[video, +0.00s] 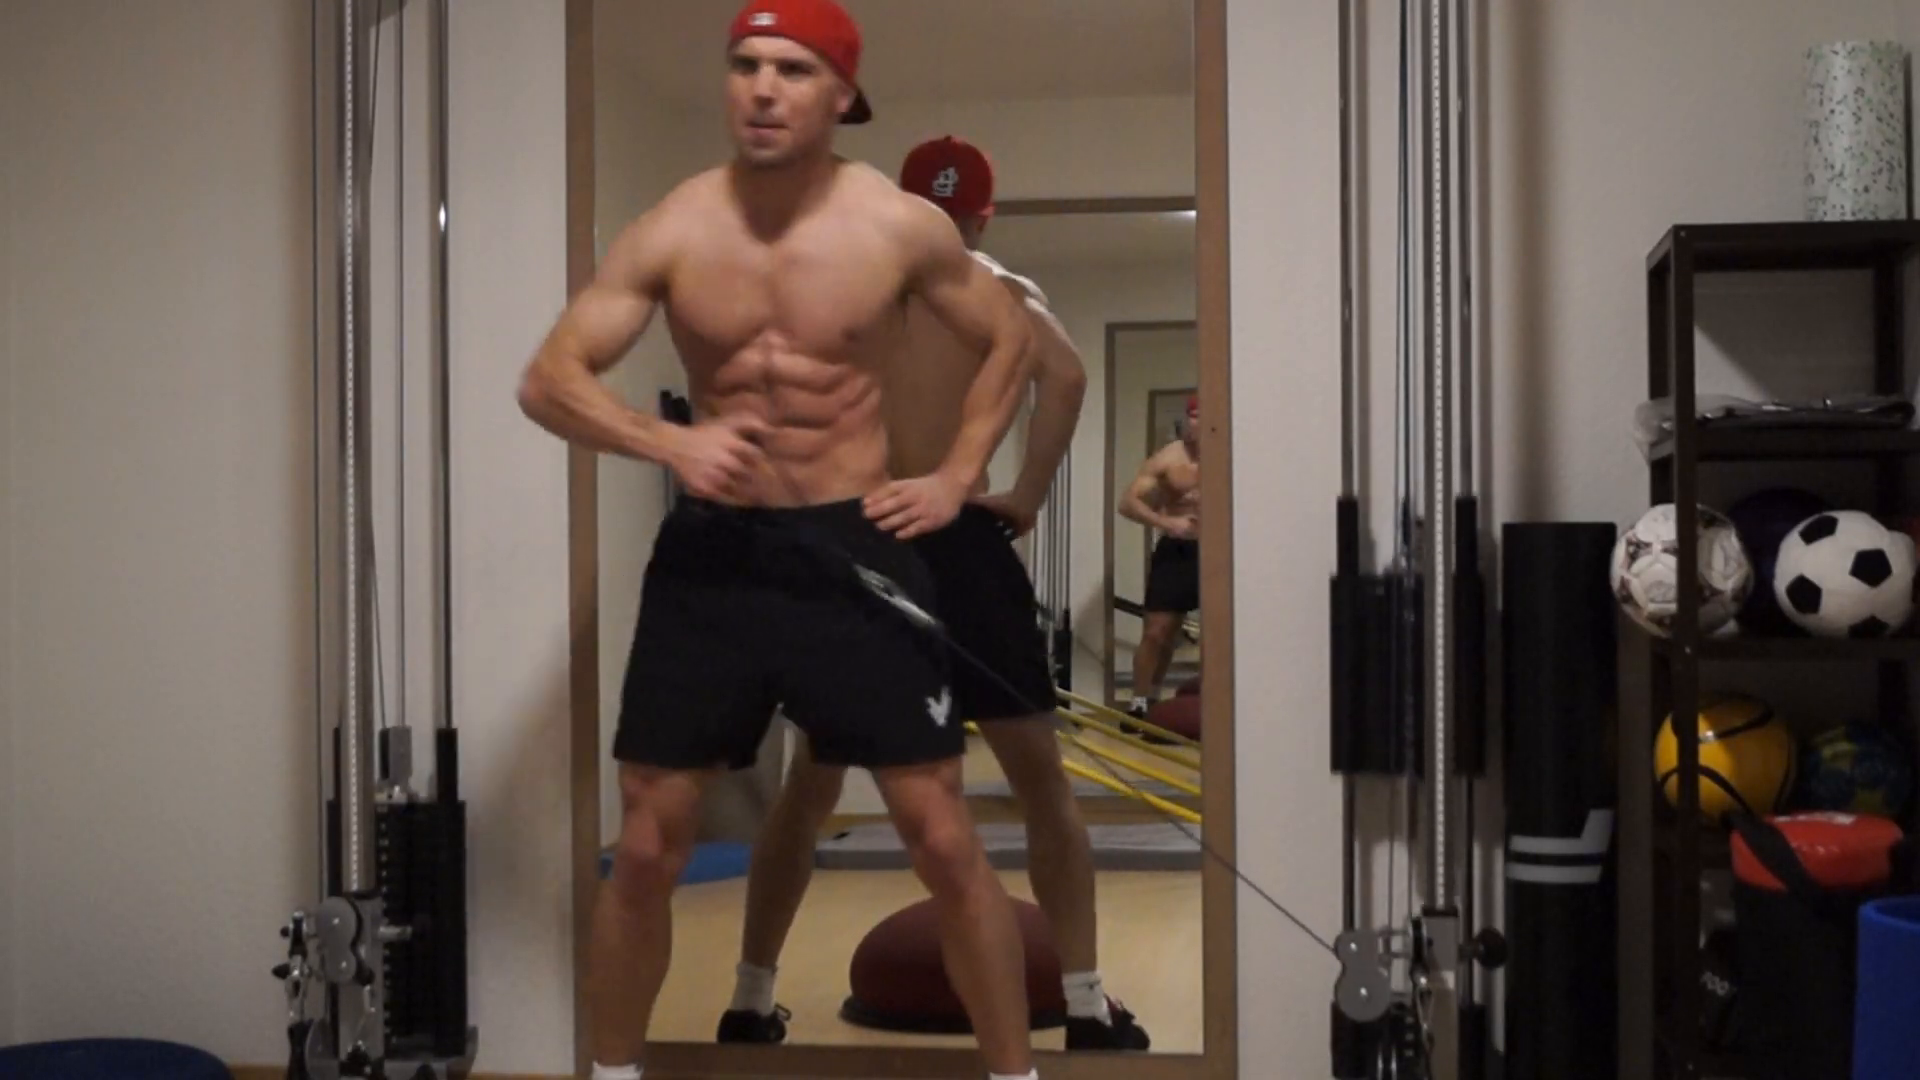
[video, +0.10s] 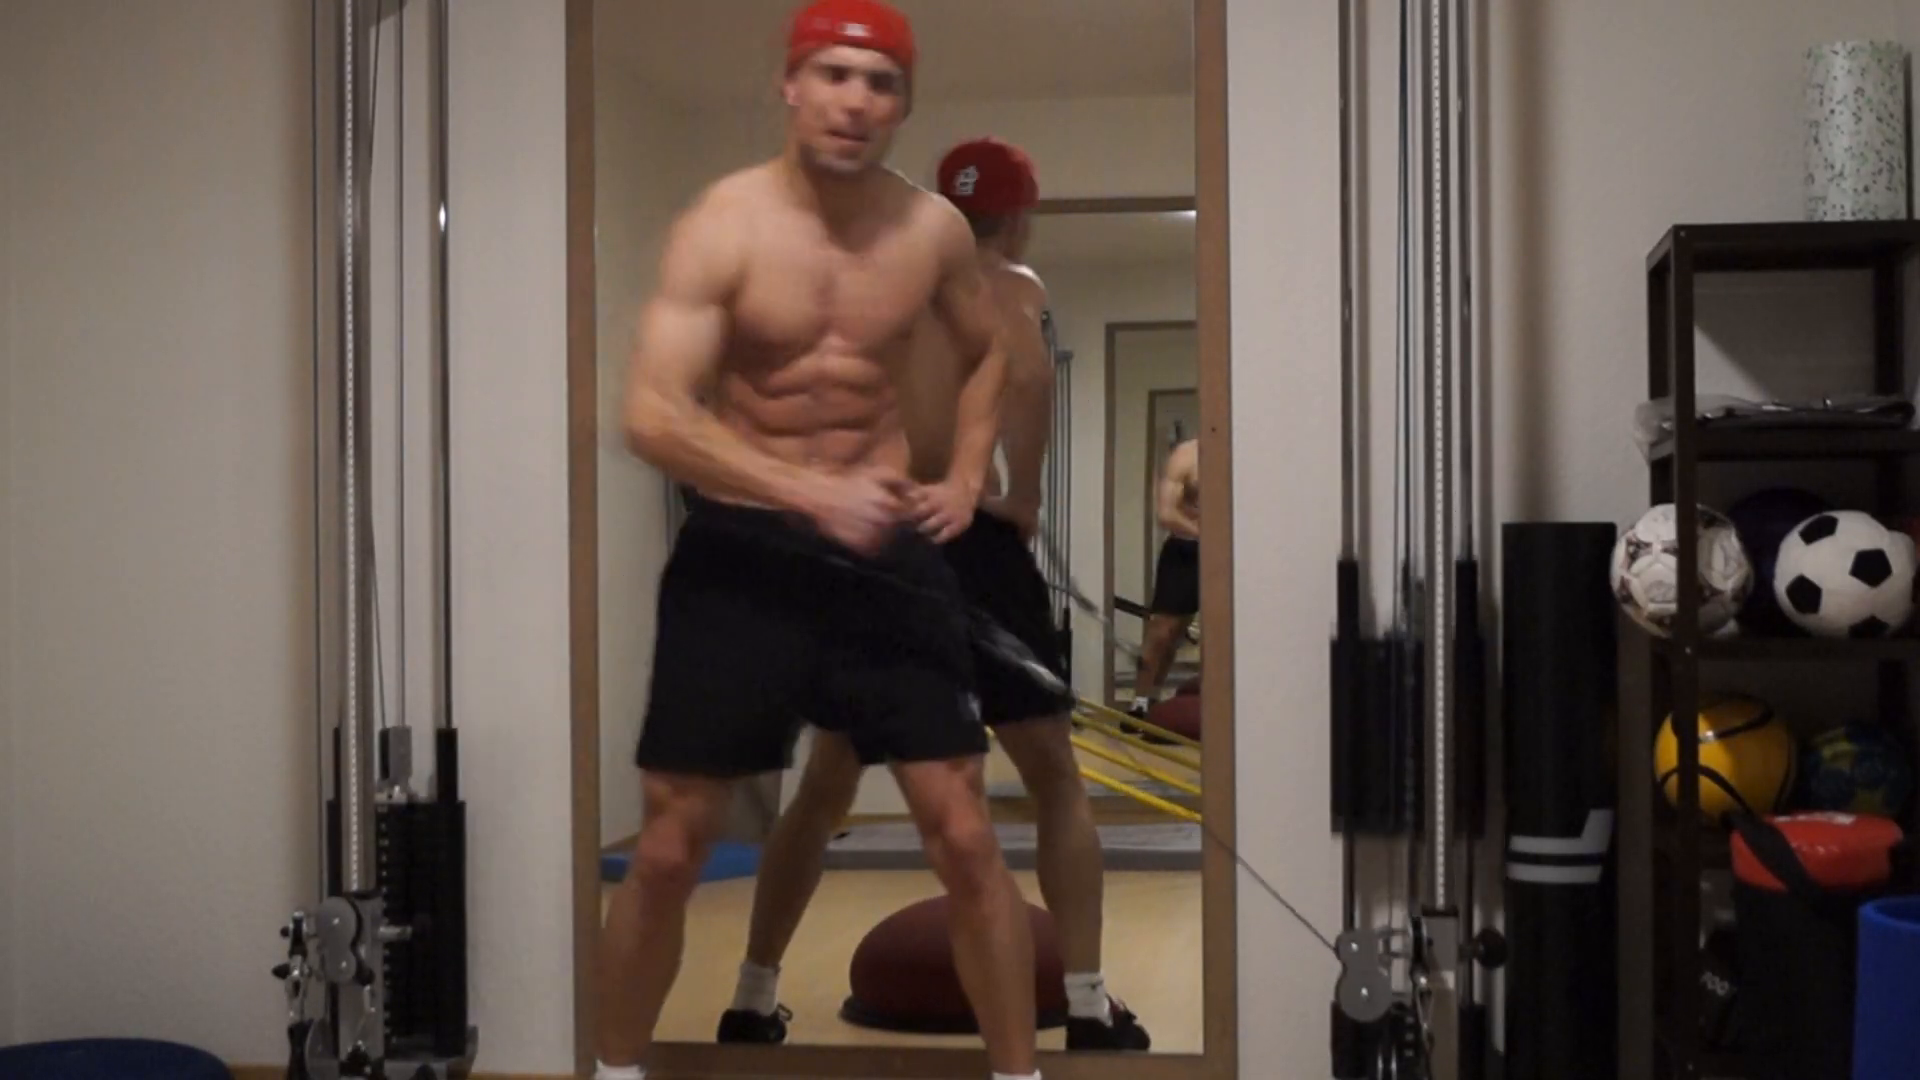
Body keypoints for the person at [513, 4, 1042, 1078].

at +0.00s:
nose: (761, 90)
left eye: (791, 71)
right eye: (746, 67)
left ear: (842, 97)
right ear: (724, 86)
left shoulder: (900, 225)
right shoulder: (672, 228)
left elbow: (1015, 337)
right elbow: (549, 380)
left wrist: (958, 474)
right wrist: (669, 439)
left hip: (858, 559)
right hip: (709, 560)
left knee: (943, 843)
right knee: (643, 849)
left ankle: (1013, 1072)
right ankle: (612, 1073)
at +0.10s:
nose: (854, 103)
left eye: (879, 85)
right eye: (833, 77)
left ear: (902, 109)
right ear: (789, 89)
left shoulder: (932, 230)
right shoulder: (722, 224)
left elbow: (987, 351)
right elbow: (653, 413)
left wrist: (964, 477)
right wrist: (812, 488)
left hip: (886, 549)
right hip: (737, 552)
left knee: (966, 837)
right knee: (667, 848)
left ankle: (1018, 1071)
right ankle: (613, 1073)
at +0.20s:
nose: (922, 123)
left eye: (938, 104)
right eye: (899, 96)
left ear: (946, 116)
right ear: (832, 95)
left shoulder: (940, 233)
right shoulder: (759, 223)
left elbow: (964, 365)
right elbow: (746, 441)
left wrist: (956, 476)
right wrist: (910, 521)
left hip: (892, 558)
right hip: (753, 562)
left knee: (973, 836)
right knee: (678, 852)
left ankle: (1020, 1070)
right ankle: (616, 1071)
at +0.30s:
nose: (984, 158)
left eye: (992, 133)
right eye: (966, 128)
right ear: (887, 116)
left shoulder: (919, 258)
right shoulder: (809, 235)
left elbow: (918, 442)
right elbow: (871, 451)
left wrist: (1008, 561)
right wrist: (1008, 565)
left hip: (889, 564)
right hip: (761, 566)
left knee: (975, 832)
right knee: (684, 860)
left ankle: (1021, 1073)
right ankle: (617, 1071)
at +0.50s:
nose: (988, 198)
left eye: (995, 176)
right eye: (976, 173)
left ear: (910, 158)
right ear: (900, 154)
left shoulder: (886, 249)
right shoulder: (846, 276)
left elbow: (845, 407)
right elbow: (960, 490)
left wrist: (893, 500)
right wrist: (1068, 630)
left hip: (866, 570)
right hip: (746, 576)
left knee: (968, 833)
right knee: (683, 880)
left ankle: (1015, 1072)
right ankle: (612, 1071)